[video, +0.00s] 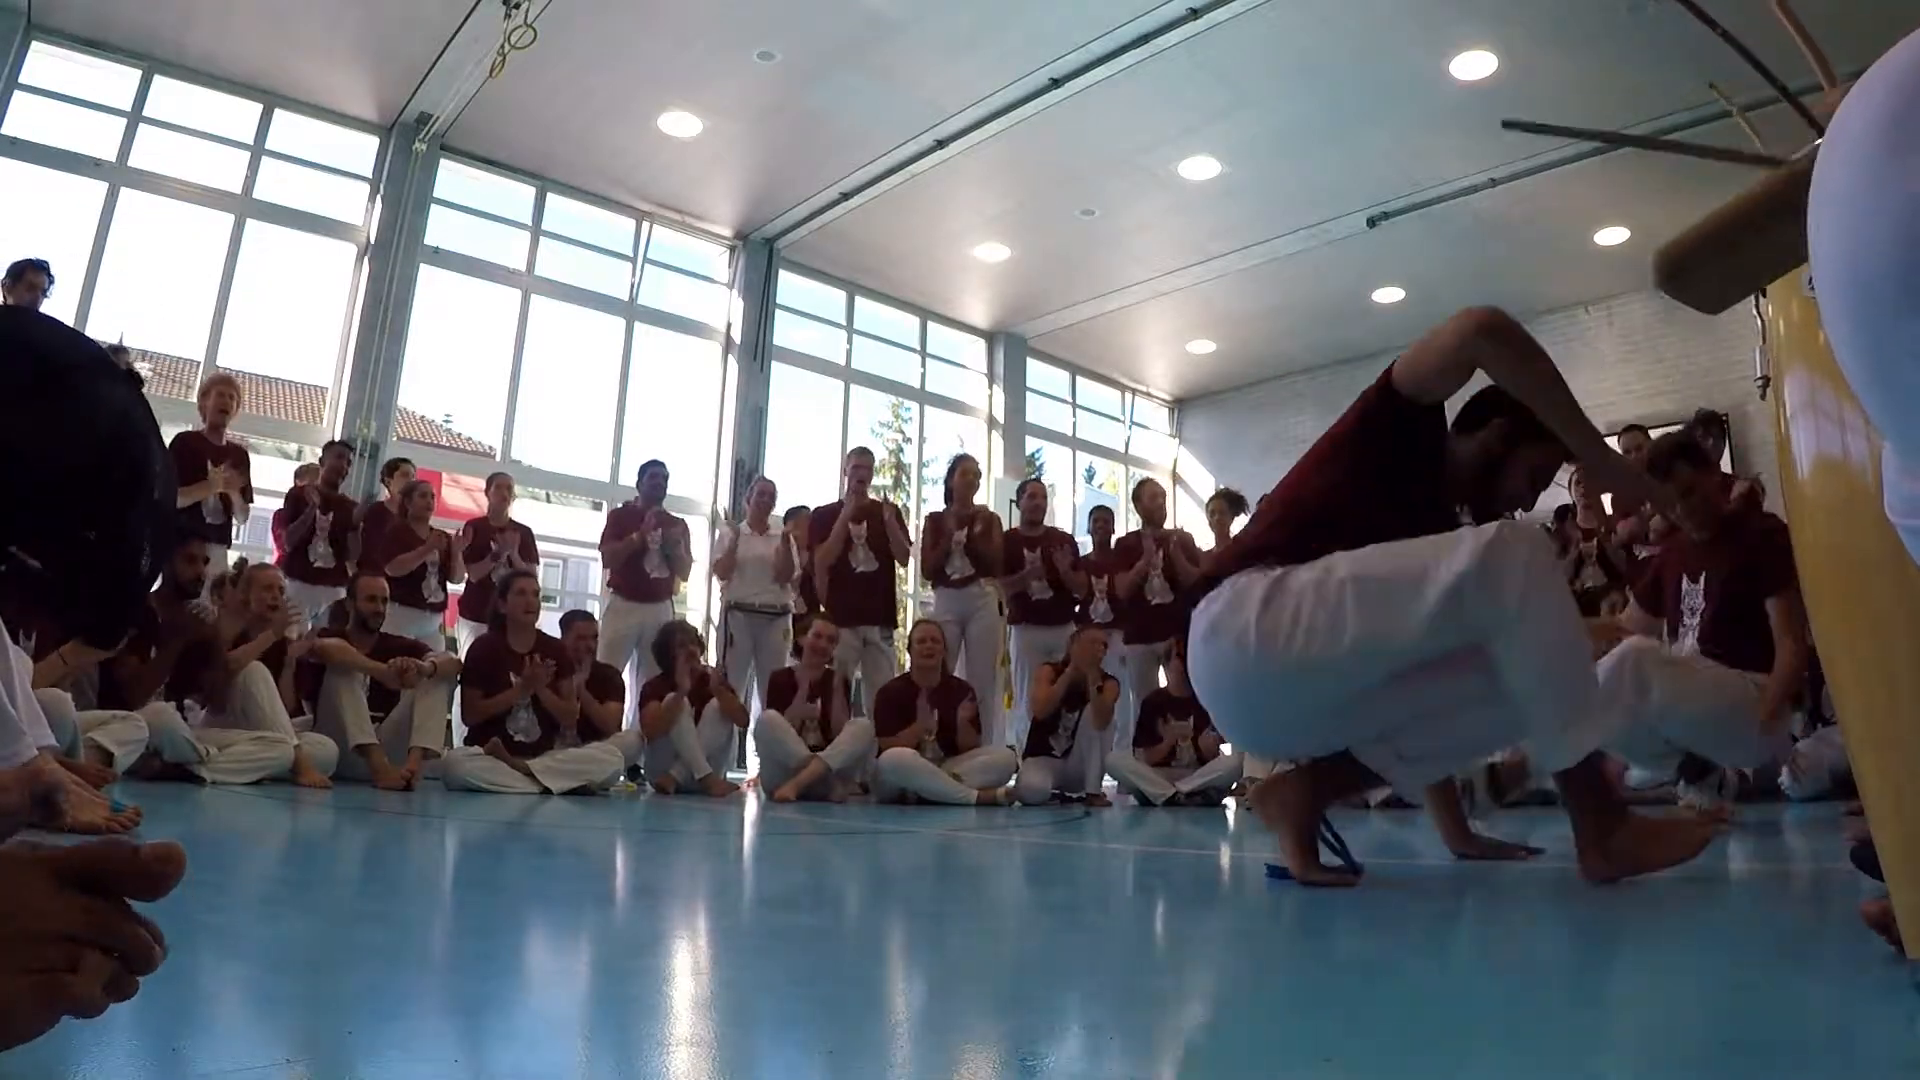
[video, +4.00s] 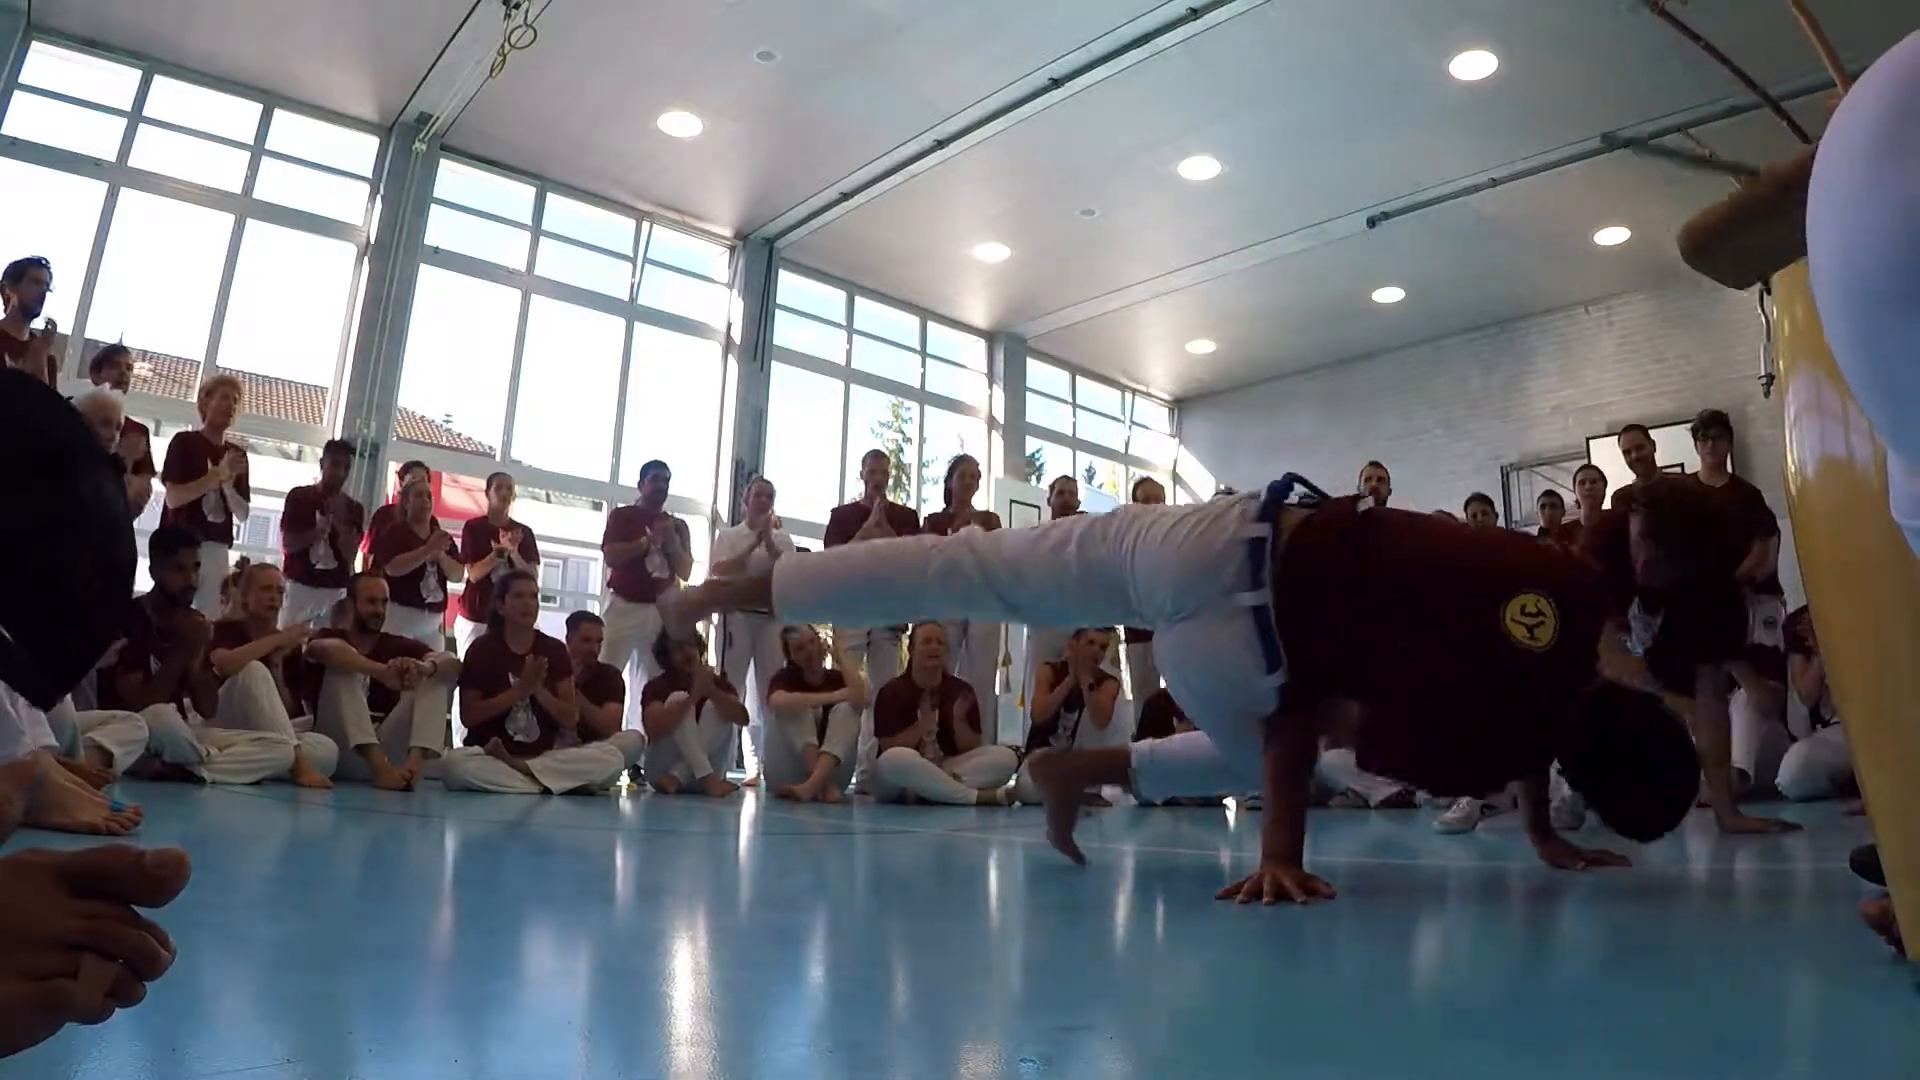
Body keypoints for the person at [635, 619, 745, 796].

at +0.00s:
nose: (690, 650)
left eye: (693, 643)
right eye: (682, 646)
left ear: (701, 647)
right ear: (669, 653)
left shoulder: (714, 680)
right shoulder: (654, 686)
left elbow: (743, 721)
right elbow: (650, 730)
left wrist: (718, 690)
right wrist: (680, 693)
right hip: (664, 771)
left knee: (719, 705)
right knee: (675, 701)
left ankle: (674, 776)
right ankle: (707, 777)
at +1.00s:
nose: (712, 658)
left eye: (710, 652)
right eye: (706, 653)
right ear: (691, 659)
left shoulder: (718, 683)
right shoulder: (656, 686)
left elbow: (740, 718)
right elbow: (651, 729)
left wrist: (711, 684)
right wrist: (689, 695)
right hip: (664, 772)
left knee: (717, 706)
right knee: (676, 701)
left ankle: (676, 776)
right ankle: (707, 777)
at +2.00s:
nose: (691, 651)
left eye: (693, 644)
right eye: (681, 647)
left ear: (699, 647)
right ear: (667, 655)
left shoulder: (714, 678)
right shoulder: (654, 686)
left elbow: (743, 721)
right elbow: (652, 729)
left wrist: (716, 691)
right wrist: (678, 692)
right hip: (663, 772)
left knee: (716, 706)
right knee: (680, 702)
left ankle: (675, 776)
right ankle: (707, 777)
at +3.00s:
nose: (688, 654)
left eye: (690, 647)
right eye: (679, 651)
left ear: (698, 648)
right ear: (665, 658)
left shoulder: (716, 681)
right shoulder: (654, 688)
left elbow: (742, 718)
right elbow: (653, 729)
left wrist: (710, 692)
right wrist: (689, 696)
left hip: (709, 770)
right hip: (664, 772)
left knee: (719, 705)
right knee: (676, 701)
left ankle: (676, 775)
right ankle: (707, 776)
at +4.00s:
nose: (687, 653)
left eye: (690, 645)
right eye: (678, 649)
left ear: (700, 649)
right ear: (665, 657)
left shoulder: (717, 683)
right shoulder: (655, 687)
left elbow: (742, 718)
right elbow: (654, 730)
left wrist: (710, 690)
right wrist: (694, 695)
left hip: (708, 771)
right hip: (665, 771)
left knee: (719, 705)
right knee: (678, 699)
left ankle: (677, 776)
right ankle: (708, 777)